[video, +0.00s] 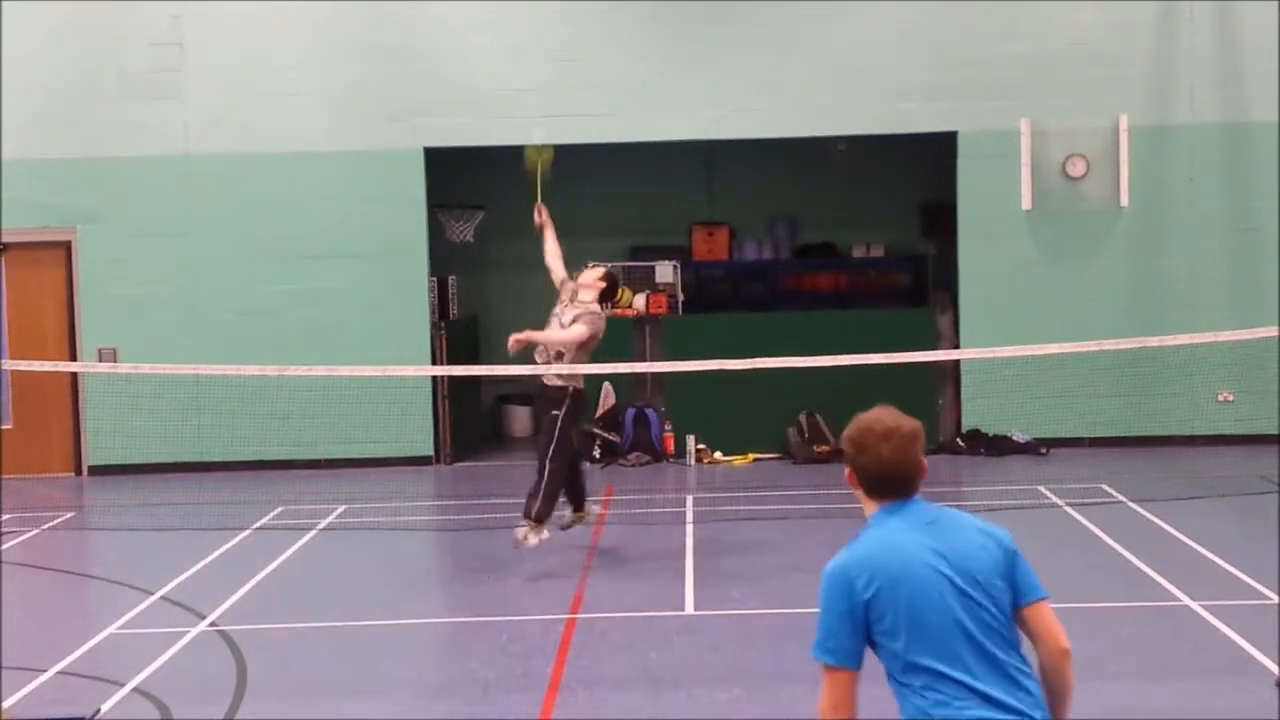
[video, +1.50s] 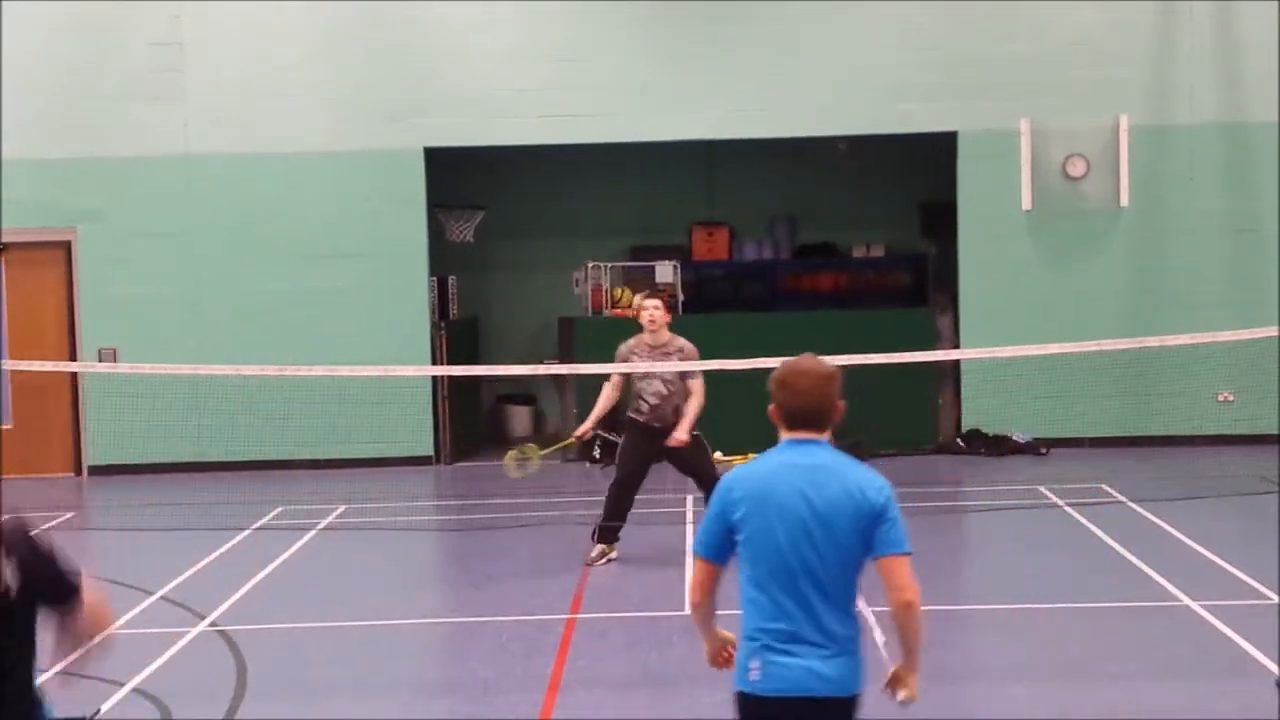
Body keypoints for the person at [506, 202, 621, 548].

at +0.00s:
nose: (587, 267)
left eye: (594, 268)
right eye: (590, 265)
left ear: (601, 283)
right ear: (588, 278)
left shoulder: (594, 317)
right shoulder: (567, 290)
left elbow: (570, 337)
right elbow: (554, 259)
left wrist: (530, 336)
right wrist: (547, 227)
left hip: (567, 392)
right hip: (548, 388)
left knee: (551, 454)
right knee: (564, 451)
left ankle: (536, 522)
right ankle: (580, 507)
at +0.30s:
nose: (589, 297)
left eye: (596, 293)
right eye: (588, 292)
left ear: (609, 304)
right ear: (584, 297)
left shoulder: (610, 341)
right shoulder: (585, 327)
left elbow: (597, 385)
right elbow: (560, 330)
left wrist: (559, 390)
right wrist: (534, 330)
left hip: (599, 415)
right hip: (585, 411)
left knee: (558, 467)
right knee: (587, 467)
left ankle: (586, 525)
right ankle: (605, 528)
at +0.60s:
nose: (601, 296)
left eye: (608, 292)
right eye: (599, 290)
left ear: (621, 298)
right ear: (595, 294)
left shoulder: (624, 333)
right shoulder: (601, 324)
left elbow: (622, 379)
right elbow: (593, 356)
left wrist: (604, 417)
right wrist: (569, 379)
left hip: (617, 405)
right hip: (600, 403)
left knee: (608, 464)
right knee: (602, 463)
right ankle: (605, 527)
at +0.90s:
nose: (614, 293)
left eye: (621, 288)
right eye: (611, 288)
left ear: (632, 295)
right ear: (606, 294)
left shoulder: (643, 329)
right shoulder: (607, 324)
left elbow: (642, 376)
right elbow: (601, 362)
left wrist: (621, 411)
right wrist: (572, 383)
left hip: (640, 406)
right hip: (611, 405)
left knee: (649, 468)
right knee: (604, 469)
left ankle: (666, 521)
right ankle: (606, 531)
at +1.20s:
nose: (616, 301)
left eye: (622, 296)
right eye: (612, 297)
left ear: (634, 303)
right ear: (606, 303)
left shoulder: (650, 335)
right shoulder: (598, 336)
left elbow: (649, 380)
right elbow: (582, 375)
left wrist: (620, 410)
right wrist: (552, 404)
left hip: (649, 415)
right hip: (613, 417)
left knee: (670, 473)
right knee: (610, 477)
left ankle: (681, 523)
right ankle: (605, 541)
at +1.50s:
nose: (651, 314)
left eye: (656, 309)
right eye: (646, 310)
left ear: (668, 315)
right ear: (638, 316)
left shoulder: (685, 349)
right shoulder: (628, 350)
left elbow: (697, 394)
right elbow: (613, 388)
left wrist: (684, 427)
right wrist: (589, 422)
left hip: (678, 430)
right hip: (640, 430)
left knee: (710, 480)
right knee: (624, 482)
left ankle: (731, 535)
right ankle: (606, 542)